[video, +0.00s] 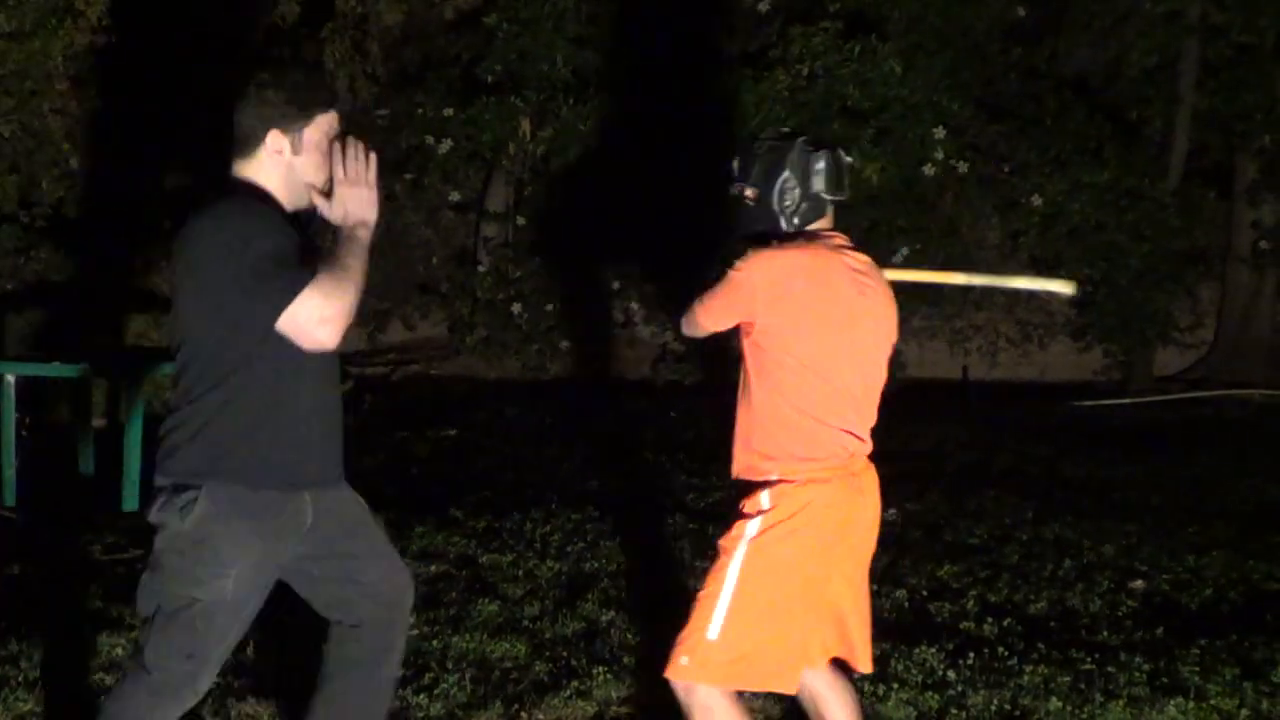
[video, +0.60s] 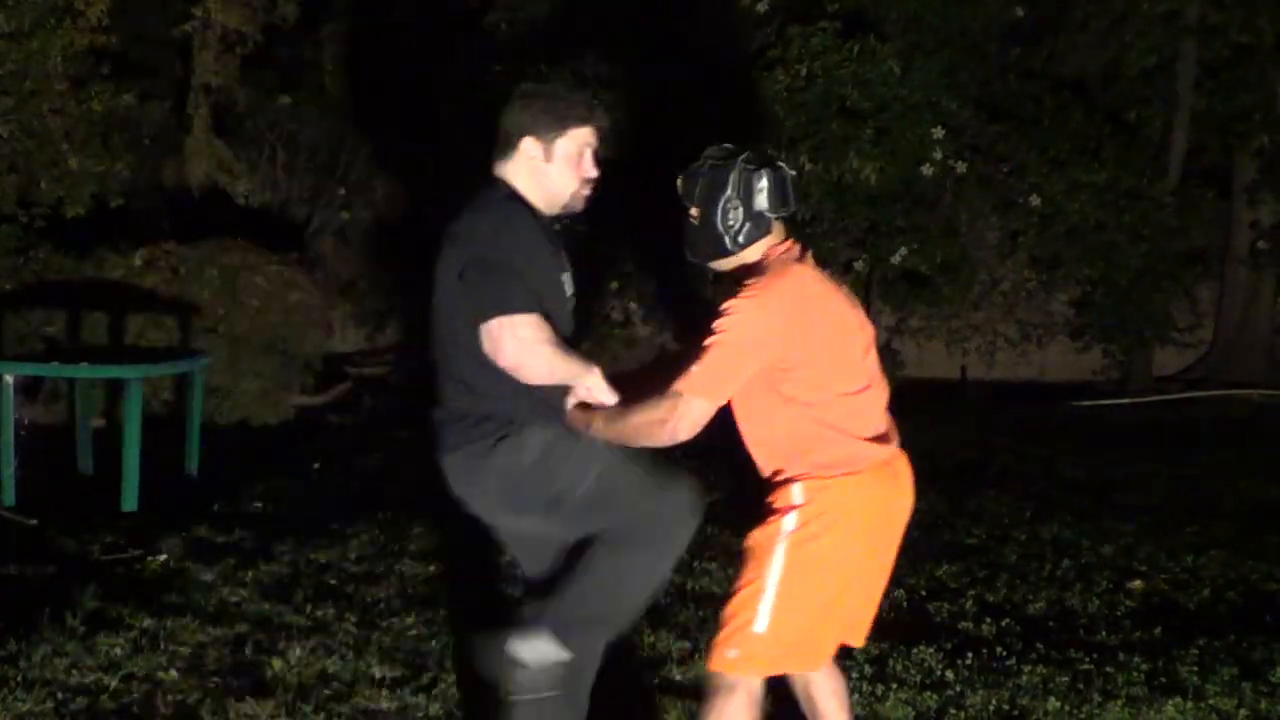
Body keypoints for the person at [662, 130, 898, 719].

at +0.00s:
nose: (747, 202)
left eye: (753, 192)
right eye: (750, 190)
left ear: (773, 202)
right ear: (828, 200)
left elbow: (694, 322)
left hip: (789, 502)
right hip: (854, 496)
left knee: (696, 676)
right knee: (808, 663)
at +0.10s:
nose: (721, 202)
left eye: (728, 191)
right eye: (726, 190)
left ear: (747, 204)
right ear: (805, 205)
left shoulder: (751, 279)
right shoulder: (842, 280)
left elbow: (661, 351)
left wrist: (643, 315)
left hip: (772, 505)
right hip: (830, 499)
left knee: (669, 676)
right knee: (808, 675)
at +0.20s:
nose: (693, 211)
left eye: (700, 199)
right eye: (695, 197)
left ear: (727, 207)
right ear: (771, 206)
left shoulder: (748, 290)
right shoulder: (799, 283)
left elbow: (642, 384)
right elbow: (684, 344)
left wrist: (593, 338)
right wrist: (618, 305)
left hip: (756, 513)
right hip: (804, 504)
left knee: (649, 678)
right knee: (787, 680)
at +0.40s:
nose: (679, 219)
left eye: (686, 208)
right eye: (682, 203)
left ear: (710, 216)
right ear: (751, 212)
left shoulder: (732, 297)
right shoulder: (786, 278)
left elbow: (638, 403)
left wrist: (573, 374)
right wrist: (619, 349)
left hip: (755, 504)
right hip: (801, 495)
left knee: (650, 670)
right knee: (754, 663)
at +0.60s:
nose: (692, 227)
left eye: (699, 215)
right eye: (694, 213)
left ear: (722, 225)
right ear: (771, 216)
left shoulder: (758, 309)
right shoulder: (816, 285)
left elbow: (677, 420)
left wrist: (591, 423)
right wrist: (621, 399)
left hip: (822, 495)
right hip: (878, 484)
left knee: (735, 671)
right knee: (810, 656)